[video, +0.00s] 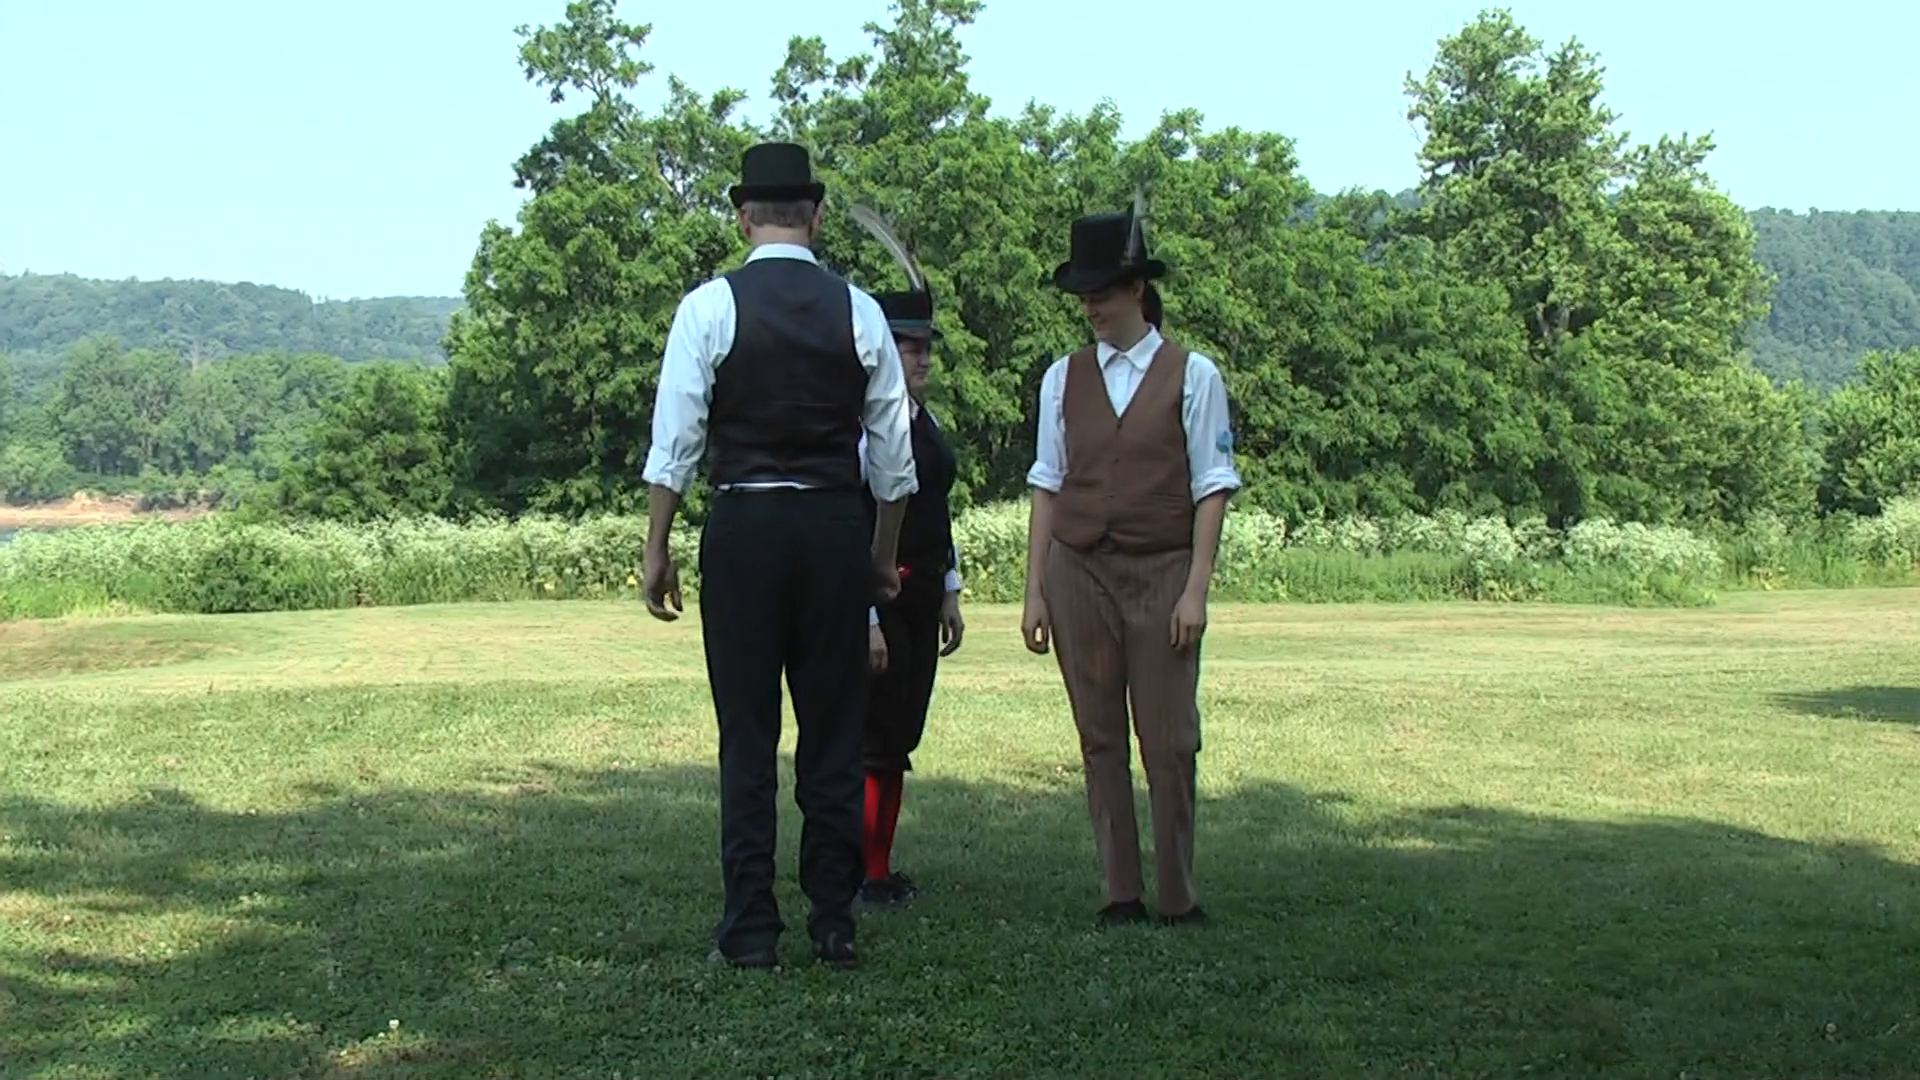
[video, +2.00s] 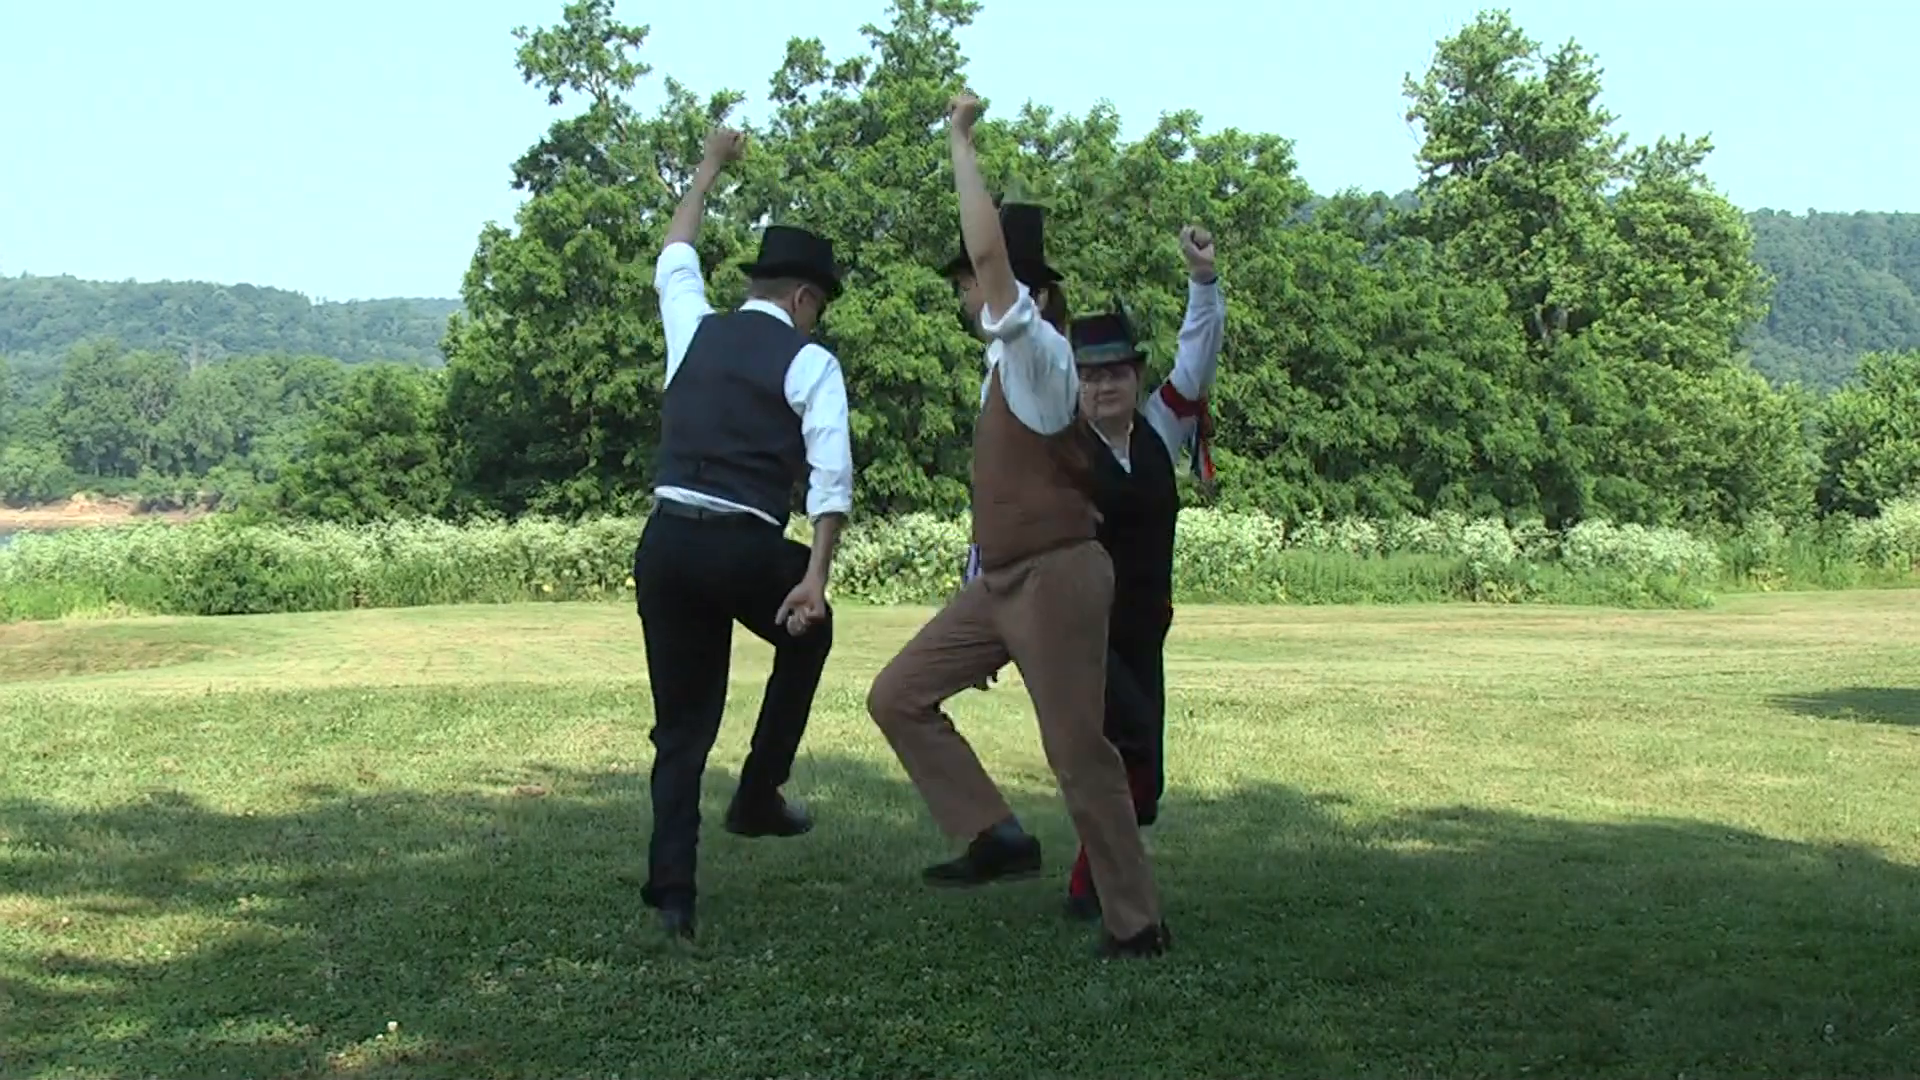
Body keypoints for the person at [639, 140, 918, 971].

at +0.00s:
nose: (772, 222)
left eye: (749, 211)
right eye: (803, 210)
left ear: (742, 215)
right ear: (815, 214)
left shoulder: (710, 305)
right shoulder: (859, 309)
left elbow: (676, 433)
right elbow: (892, 441)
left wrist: (656, 545)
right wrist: (886, 545)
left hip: (742, 535)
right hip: (836, 533)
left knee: (745, 738)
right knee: (833, 733)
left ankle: (749, 929)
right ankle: (835, 923)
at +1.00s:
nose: (765, 230)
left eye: (753, 220)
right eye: (807, 220)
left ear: (748, 224)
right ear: (823, 225)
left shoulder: (714, 308)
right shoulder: (863, 318)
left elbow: (664, 415)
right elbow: (895, 457)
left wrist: (598, 507)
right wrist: (885, 562)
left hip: (740, 527)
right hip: (836, 533)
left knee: (718, 711)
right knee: (830, 720)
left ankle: (736, 899)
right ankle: (831, 920)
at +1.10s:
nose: (747, 228)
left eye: (743, 218)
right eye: (809, 219)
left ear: (740, 222)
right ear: (813, 224)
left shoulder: (712, 299)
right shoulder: (854, 314)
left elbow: (636, 389)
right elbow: (896, 449)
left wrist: (551, 424)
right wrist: (880, 550)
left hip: (737, 520)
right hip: (830, 526)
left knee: (705, 689)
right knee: (830, 714)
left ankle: (722, 866)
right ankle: (834, 918)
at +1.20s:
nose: (787, 231)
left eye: (741, 222)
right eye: (796, 221)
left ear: (728, 226)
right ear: (799, 226)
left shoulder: (699, 301)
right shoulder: (840, 314)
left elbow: (591, 348)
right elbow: (883, 442)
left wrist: (529, 338)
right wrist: (871, 547)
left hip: (724, 521)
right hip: (815, 526)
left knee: (695, 694)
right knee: (819, 719)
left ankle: (707, 872)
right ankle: (832, 920)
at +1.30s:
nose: (750, 247)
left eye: (722, 237)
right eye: (770, 237)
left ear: (707, 242)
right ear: (777, 243)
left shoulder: (671, 315)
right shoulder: (819, 325)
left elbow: (549, 309)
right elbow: (867, 450)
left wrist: (522, 257)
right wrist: (869, 561)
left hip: (708, 533)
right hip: (800, 538)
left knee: (706, 714)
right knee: (792, 722)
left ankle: (694, 916)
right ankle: (828, 907)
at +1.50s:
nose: (761, 244)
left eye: (752, 234)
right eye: (761, 234)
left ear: (689, 241)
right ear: (751, 239)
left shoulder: (651, 308)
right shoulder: (789, 321)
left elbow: (599, 232)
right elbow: (836, 433)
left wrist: (579, 152)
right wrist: (852, 536)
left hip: (684, 529)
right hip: (775, 528)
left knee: (692, 722)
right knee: (773, 628)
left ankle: (697, 917)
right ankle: (771, 784)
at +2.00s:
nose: (819, 316)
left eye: (818, 303)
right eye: (819, 302)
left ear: (753, 285)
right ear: (802, 297)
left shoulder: (694, 328)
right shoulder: (811, 361)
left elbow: (676, 250)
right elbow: (830, 473)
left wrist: (710, 164)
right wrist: (816, 570)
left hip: (665, 541)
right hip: (745, 548)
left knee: (681, 724)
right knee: (809, 631)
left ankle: (672, 897)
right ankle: (758, 797)